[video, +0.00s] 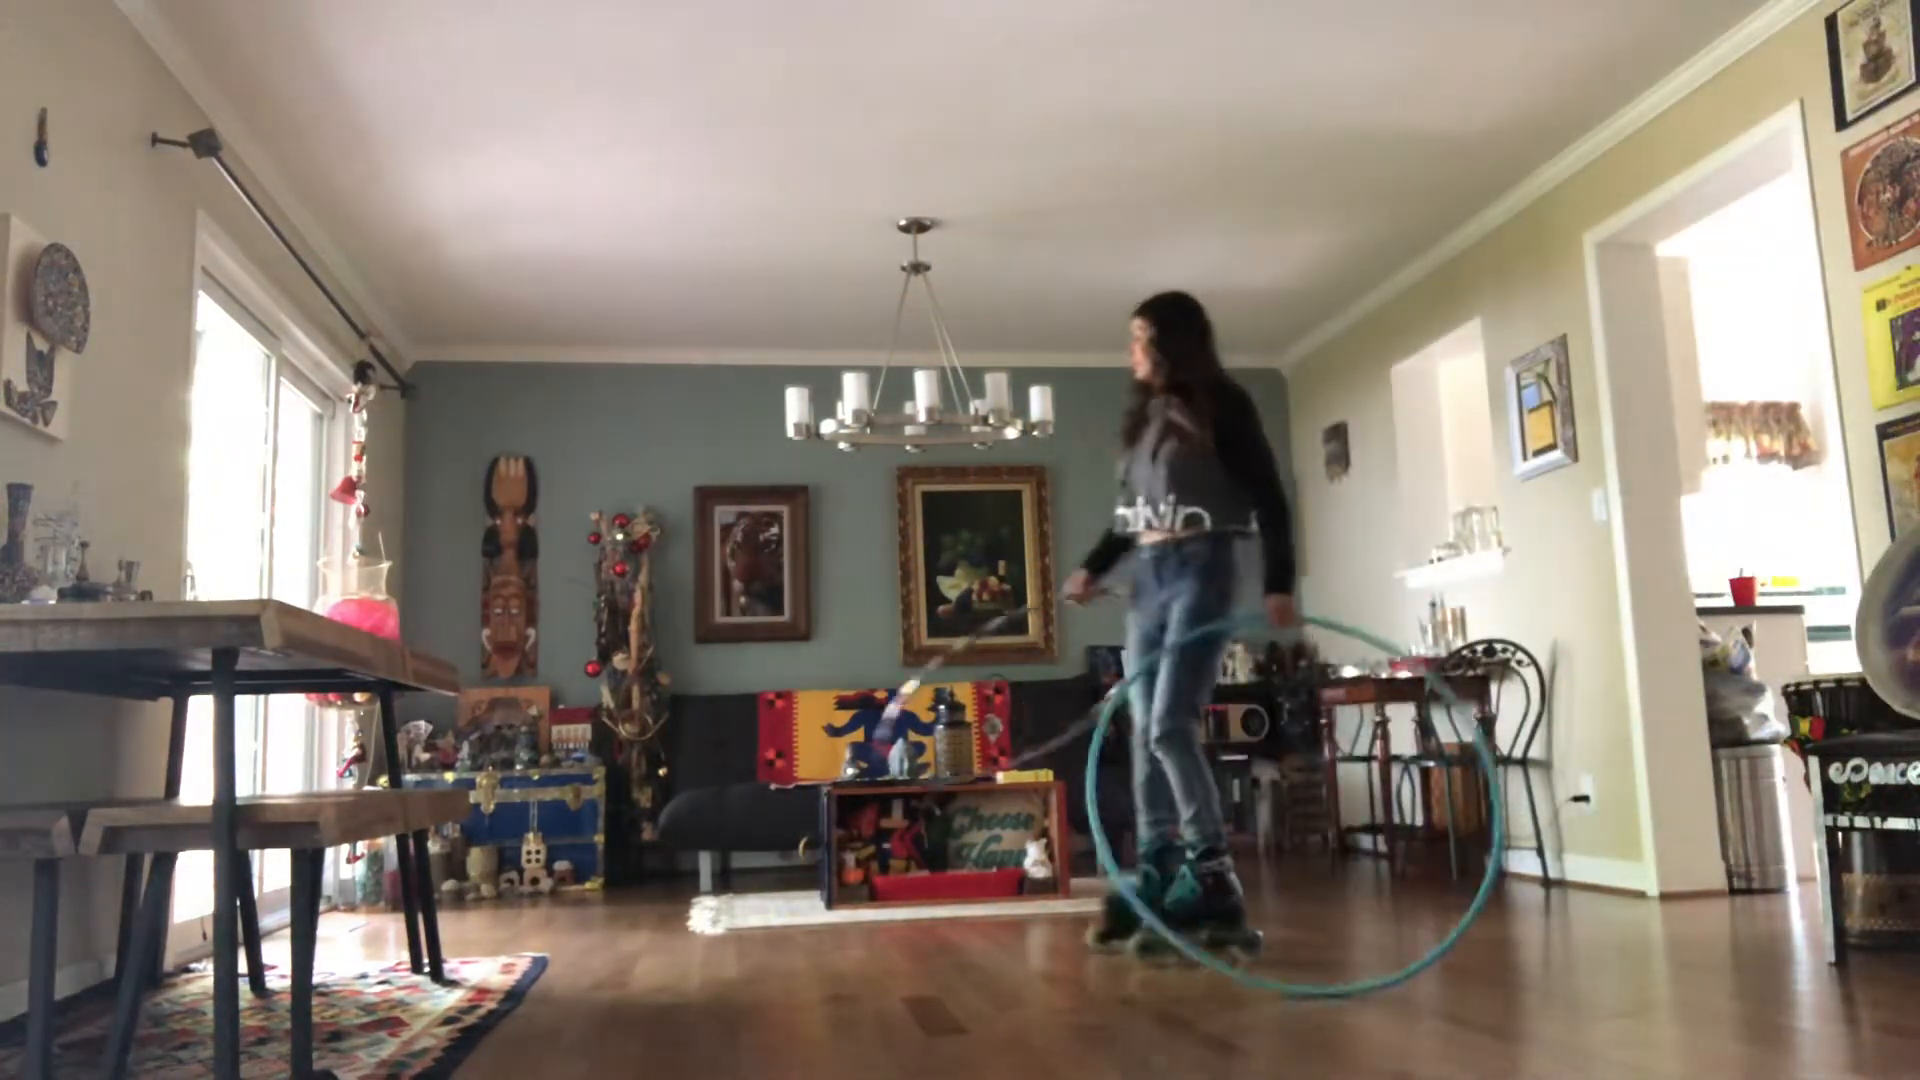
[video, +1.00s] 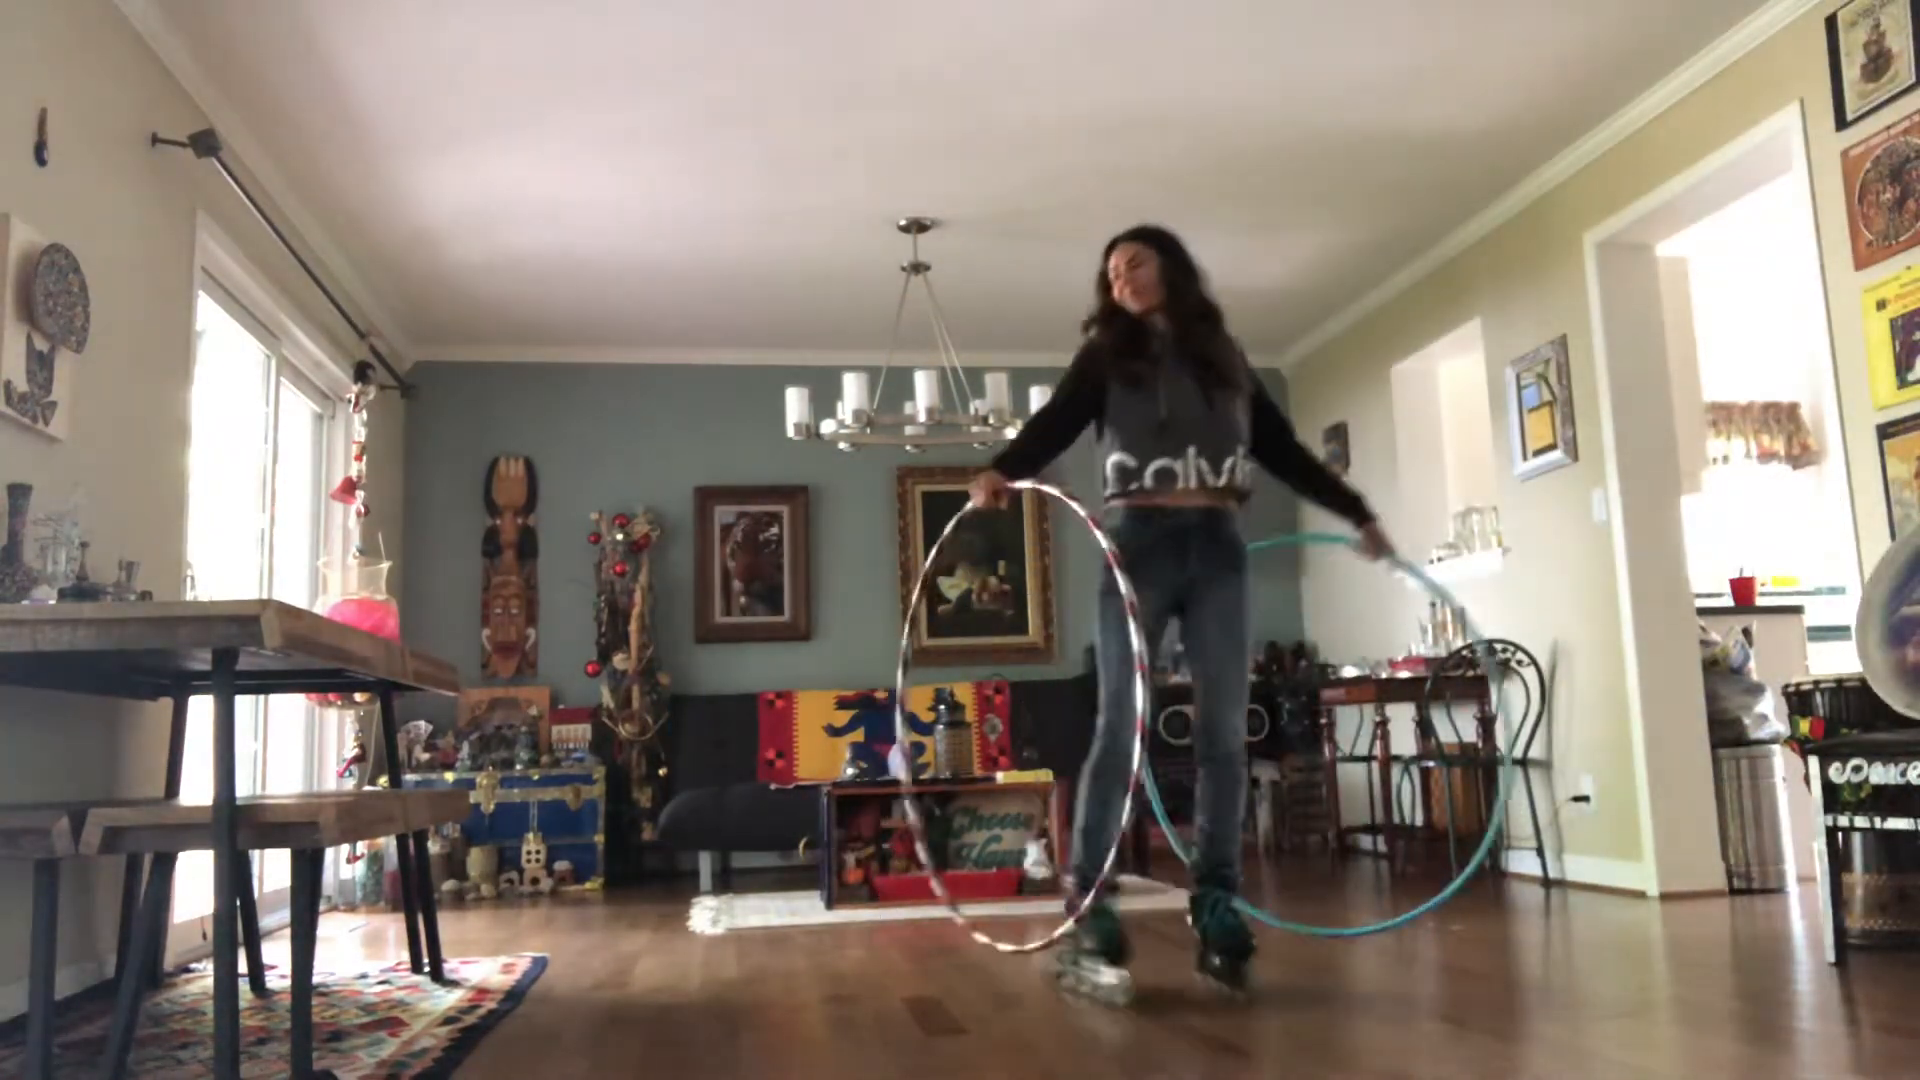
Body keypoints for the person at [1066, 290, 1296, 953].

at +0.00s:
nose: (1134, 354)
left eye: (1145, 341)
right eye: (1133, 342)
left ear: (1178, 343)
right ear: (1139, 347)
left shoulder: (1222, 403)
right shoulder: (1144, 415)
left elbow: (1270, 493)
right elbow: (1136, 509)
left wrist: (1280, 584)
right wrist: (1092, 567)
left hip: (1206, 562)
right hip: (1148, 568)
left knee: (1170, 725)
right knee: (1147, 730)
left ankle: (1214, 878)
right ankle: (1156, 875)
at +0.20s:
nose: (1103, 353)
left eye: (1113, 341)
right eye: (1097, 343)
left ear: (1145, 340)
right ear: (1096, 349)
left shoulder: (1187, 403)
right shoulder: (1096, 417)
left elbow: (1232, 490)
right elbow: (1072, 507)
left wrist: (1240, 578)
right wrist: (1033, 570)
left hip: (1175, 568)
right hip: (1110, 572)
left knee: (1152, 726)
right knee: (1106, 734)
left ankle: (1198, 880)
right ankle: (1117, 883)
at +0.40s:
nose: (1079, 345)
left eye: (1090, 333)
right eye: (1074, 336)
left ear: (1124, 335)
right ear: (1071, 345)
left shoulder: (1166, 405)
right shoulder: (1064, 414)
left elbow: (1208, 481)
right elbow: (1032, 492)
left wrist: (1234, 552)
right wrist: (986, 558)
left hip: (1158, 580)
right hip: (1085, 585)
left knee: (1158, 729)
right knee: (1081, 738)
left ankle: (1178, 873)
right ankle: (1091, 883)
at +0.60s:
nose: (1084, 335)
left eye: (1095, 323)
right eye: (1076, 328)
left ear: (1128, 327)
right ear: (1072, 340)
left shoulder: (1171, 401)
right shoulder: (1061, 401)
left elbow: (1205, 479)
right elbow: (1021, 474)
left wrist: (1250, 533)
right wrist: (973, 530)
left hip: (1165, 573)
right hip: (1086, 576)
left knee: (1180, 734)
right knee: (1062, 735)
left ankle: (1184, 886)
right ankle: (1046, 891)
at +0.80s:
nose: (1108, 317)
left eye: (1119, 303)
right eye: (1097, 311)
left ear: (1154, 307)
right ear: (1092, 328)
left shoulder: (1197, 390)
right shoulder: (1086, 391)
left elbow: (1238, 479)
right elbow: (1043, 458)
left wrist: (1300, 542)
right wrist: (1001, 510)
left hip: (1195, 574)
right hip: (1114, 577)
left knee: (1197, 741)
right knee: (1090, 741)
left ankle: (1202, 897)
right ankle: (1046, 888)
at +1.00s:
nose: (1126, 279)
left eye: (1137, 263)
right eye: (1115, 274)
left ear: (1175, 269)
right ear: (1110, 293)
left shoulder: (1221, 355)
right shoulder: (1108, 355)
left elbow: (1276, 446)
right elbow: (1058, 420)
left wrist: (1358, 512)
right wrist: (1005, 470)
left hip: (1217, 540)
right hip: (1139, 540)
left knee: (1223, 732)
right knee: (1121, 725)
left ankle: (1218, 901)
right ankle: (1091, 906)